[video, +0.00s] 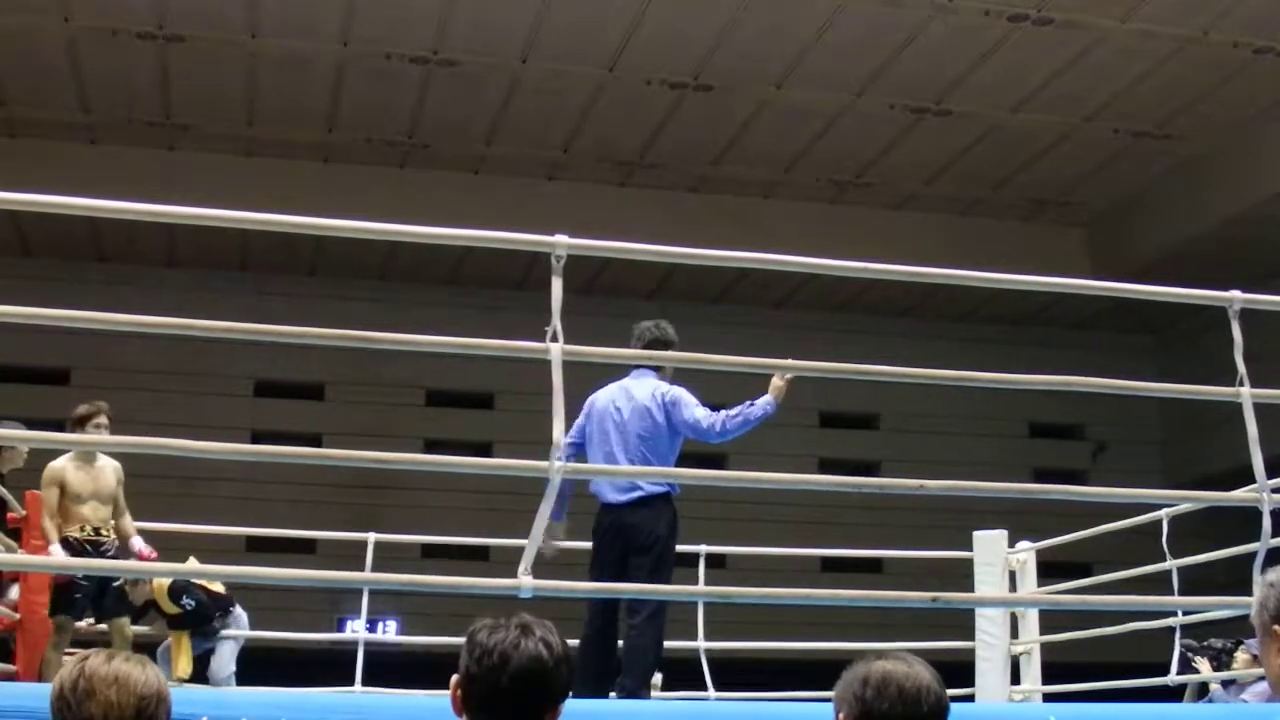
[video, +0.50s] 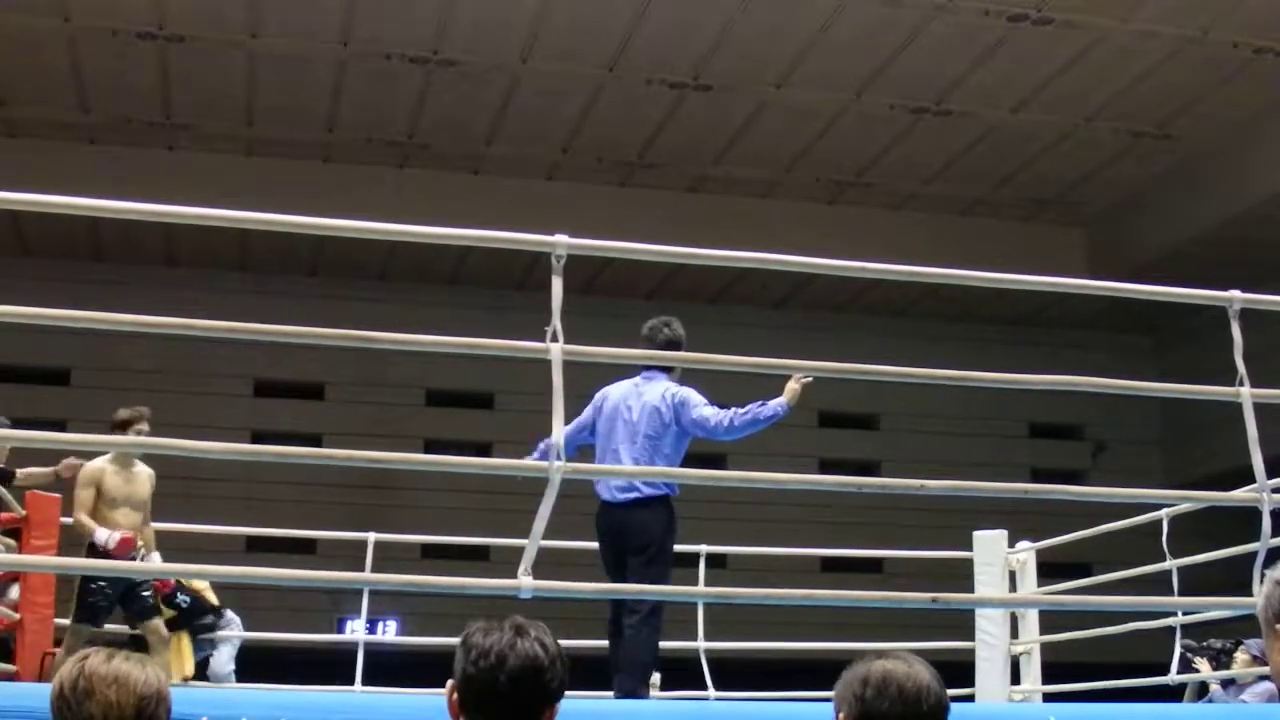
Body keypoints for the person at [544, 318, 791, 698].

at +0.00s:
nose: (674, 362)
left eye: (672, 355)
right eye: (673, 356)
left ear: (634, 354)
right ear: (667, 357)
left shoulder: (597, 400)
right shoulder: (668, 396)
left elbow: (565, 456)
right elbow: (713, 426)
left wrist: (556, 516)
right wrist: (770, 401)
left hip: (610, 516)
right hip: (654, 515)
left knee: (600, 608)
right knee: (646, 608)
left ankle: (587, 699)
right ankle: (631, 700)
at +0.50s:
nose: (679, 359)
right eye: (680, 354)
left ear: (642, 353)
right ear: (679, 357)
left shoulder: (609, 395)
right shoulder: (678, 397)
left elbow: (569, 436)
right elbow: (720, 423)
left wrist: (533, 460)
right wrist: (783, 402)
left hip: (610, 514)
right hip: (652, 513)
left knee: (622, 602)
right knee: (644, 605)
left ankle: (624, 687)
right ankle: (630, 696)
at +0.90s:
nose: (660, 361)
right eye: (664, 355)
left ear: (627, 361)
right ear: (665, 361)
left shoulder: (604, 407)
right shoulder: (677, 408)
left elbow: (586, 463)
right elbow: (726, 457)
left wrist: (589, 439)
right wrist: (772, 442)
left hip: (617, 528)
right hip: (661, 525)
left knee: (631, 615)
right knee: (692, 610)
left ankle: (638, 705)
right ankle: (653, 680)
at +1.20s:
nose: (660, 360)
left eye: (655, 354)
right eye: (658, 354)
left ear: (615, 359)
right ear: (652, 360)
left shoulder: (592, 409)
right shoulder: (670, 407)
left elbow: (600, 458)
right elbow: (694, 467)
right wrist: (698, 445)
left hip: (611, 524)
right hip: (657, 520)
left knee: (626, 609)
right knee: (681, 603)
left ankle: (635, 699)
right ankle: (645, 665)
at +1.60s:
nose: (649, 334)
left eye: (646, 326)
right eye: (646, 327)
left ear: (600, 331)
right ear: (636, 332)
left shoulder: (572, 379)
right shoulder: (645, 377)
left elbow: (548, 442)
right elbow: (651, 439)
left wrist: (569, 474)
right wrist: (654, 478)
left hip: (577, 496)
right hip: (621, 495)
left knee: (594, 587)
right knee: (620, 588)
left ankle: (600, 678)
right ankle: (608, 685)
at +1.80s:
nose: (622, 324)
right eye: (621, 319)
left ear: (576, 322)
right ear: (617, 325)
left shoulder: (548, 374)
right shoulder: (626, 373)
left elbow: (538, 444)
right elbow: (638, 442)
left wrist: (556, 479)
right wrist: (625, 472)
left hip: (554, 492)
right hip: (602, 494)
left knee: (550, 593)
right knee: (605, 592)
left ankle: (536, 690)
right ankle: (605, 691)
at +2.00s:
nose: (539, 318)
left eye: (542, 312)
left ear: (542, 318)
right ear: (588, 323)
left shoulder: (517, 369)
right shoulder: (606, 370)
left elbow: (517, 422)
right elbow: (616, 434)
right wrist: (596, 465)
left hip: (521, 491)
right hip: (578, 494)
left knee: (511, 593)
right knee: (579, 596)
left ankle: (503, 697)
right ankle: (594, 696)